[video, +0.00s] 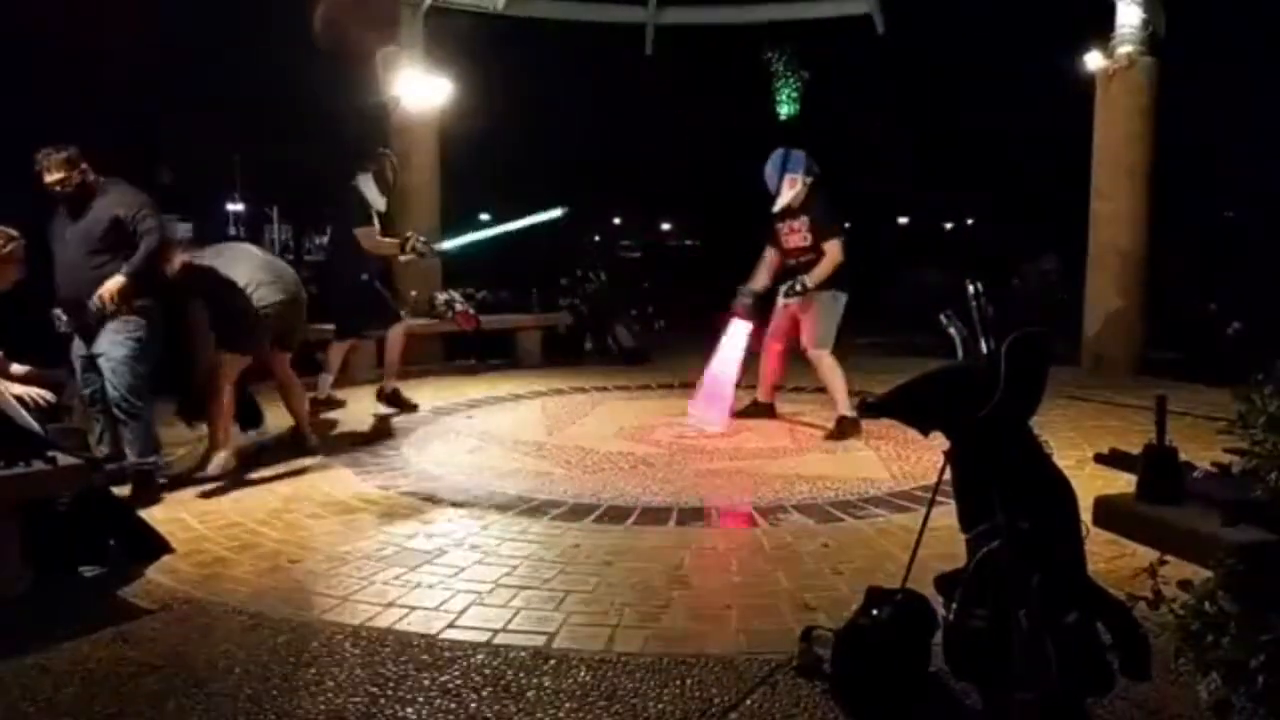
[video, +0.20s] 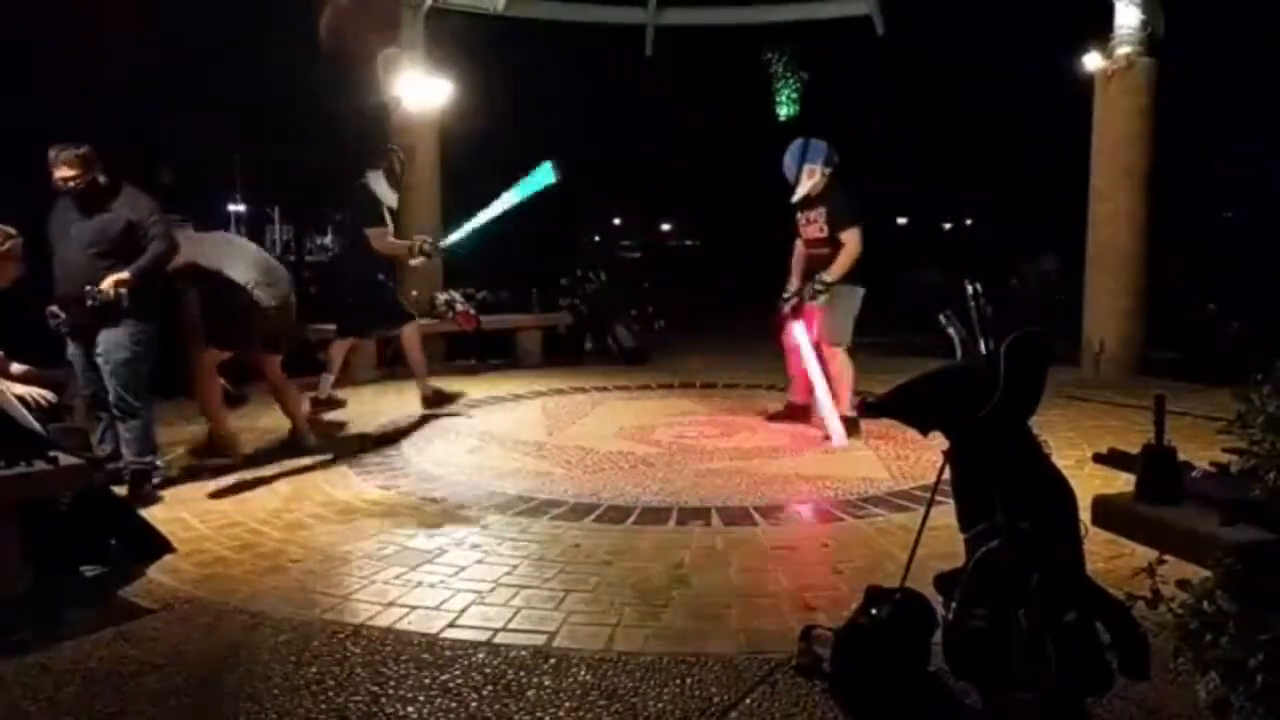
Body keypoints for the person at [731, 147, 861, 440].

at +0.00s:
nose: (784, 189)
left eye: (790, 182)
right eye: (781, 183)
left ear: (802, 180)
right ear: (776, 182)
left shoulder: (821, 208)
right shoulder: (778, 215)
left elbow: (835, 254)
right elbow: (770, 258)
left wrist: (805, 282)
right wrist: (751, 292)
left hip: (825, 286)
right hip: (790, 287)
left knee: (817, 348)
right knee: (773, 340)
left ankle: (847, 414)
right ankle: (763, 400)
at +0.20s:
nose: (805, 181)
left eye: (810, 173)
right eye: (801, 174)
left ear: (823, 171)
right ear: (795, 173)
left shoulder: (839, 200)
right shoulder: (800, 205)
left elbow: (853, 246)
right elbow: (800, 247)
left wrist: (824, 280)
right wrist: (793, 286)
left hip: (843, 280)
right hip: (810, 281)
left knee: (832, 345)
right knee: (795, 337)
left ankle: (845, 412)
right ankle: (798, 402)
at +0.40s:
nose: (813, 175)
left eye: (819, 168)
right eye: (811, 168)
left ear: (832, 168)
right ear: (808, 169)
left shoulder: (848, 198)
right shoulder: (812, 202)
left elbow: (869, 241)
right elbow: (811, 244)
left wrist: (854, 279)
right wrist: (801, 282)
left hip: (849, 285)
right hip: (820, 286)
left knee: (842, 345)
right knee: (807, 335)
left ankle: (849, 411)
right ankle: (826, 395)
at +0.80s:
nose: (836, 177)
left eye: (842, 171)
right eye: (833, 170)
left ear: (854, 172)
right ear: (826, 170)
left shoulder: (865, 199)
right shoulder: (830, 203)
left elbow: (888, 238)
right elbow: (831, 242)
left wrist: (872, 274)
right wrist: (818, 275)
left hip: (866, 280)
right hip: (842, 281)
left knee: (867, 338)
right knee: (840, 335)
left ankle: (884, 400)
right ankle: (847, 397)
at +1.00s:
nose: (843, 182)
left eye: (847, 175)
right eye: (840, 175)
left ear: (857, 173)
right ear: (836, 173)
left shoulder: (874, 198)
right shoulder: (842, 202)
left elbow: (880, 242)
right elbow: (848, 244)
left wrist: (841, 264)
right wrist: (835, 270)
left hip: (888, 283)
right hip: (855, 282)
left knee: (893, 344)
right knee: (844, 339)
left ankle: (924, 398)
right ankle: (848, 399)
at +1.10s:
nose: (851, 187)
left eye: (855, 180)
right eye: (848, 181)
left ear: (869, 178)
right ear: (848, 178)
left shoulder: (886, 205)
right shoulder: (855, 204)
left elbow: (870, 249)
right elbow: (855, 243)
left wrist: (830, 236)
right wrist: (829, 233)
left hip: (900, 291)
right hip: (864, 287)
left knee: (911, 349)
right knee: (840, 338)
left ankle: (933, 402)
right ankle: (846, 400)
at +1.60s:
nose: (820, 187)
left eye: (823, 180)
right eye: (820, 181)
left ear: (835, 178)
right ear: (836, 178)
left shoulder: (855, 204)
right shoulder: (835, 206)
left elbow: (860, 248)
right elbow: (839, 245)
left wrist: (829, 265)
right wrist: (825, 264)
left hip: (868, 293)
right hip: (839, 289)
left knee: (868, 357)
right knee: (821, 342)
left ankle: (917, 396)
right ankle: (829, 405)